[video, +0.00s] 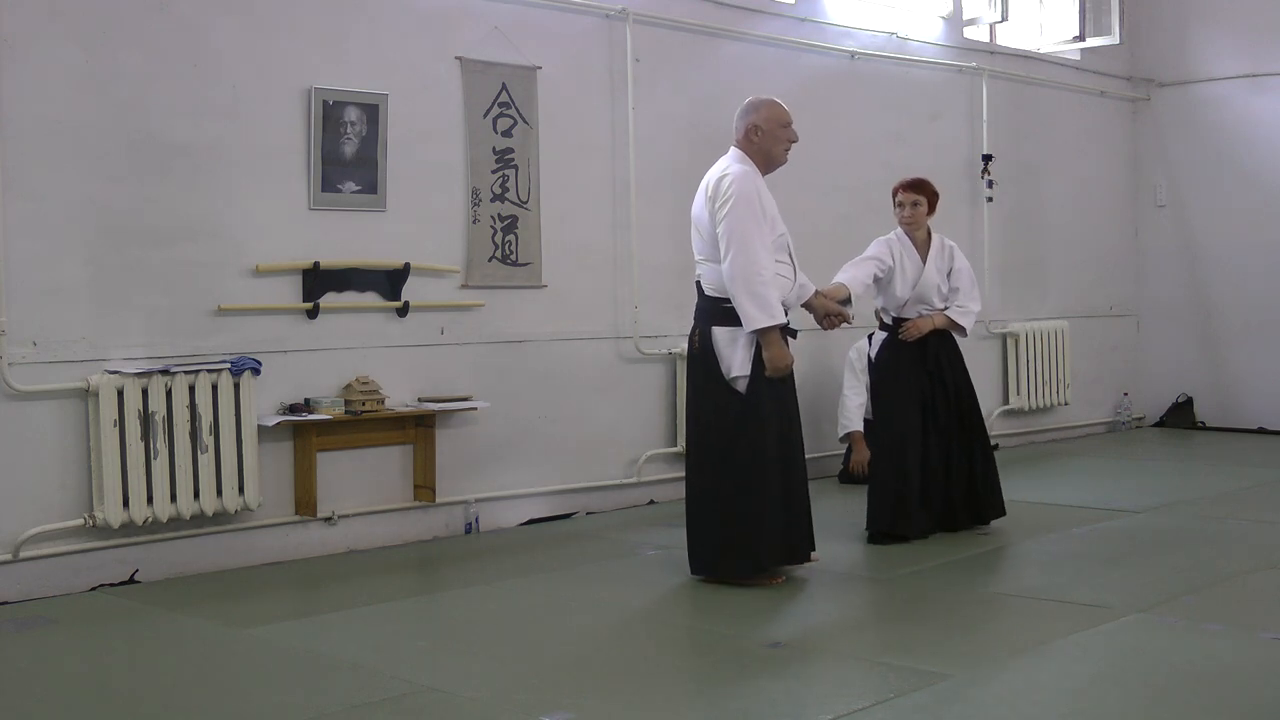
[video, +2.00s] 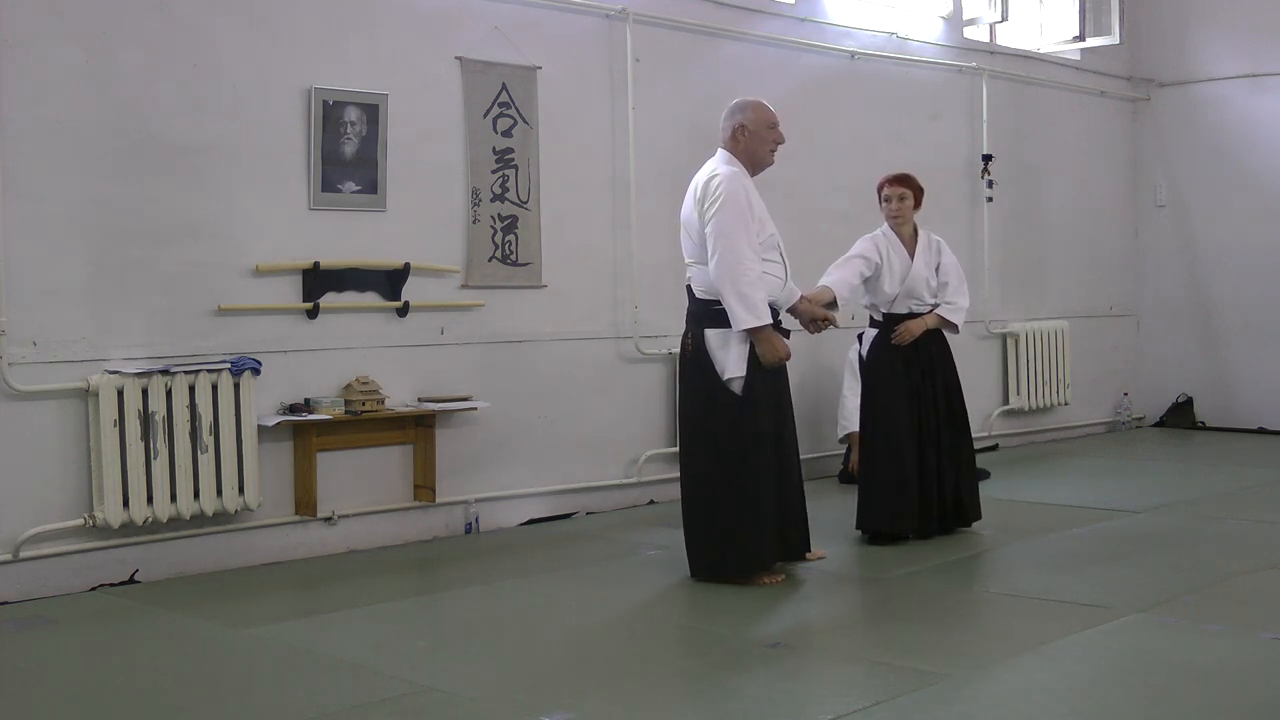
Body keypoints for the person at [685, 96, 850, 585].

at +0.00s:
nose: (794, 137)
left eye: (793, 129)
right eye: (786, 129)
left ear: (753, 133)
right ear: (754, 133)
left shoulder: (743, 179)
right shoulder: (738, 182)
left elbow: (770, 260)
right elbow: (746, 264)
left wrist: (813, 298)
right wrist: (770, 334)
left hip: (745, 327)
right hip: (736, 332)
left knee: (753, 444)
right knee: (742, 447)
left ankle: (755, 555)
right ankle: (736, 561)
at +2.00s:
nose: (780, 137)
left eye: (778, 129)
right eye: (771, 129)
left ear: (739, 133)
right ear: (740, 133)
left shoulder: (735, 181)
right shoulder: (725, 183)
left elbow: (757, 263)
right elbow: (732, 264)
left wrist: (797, 302)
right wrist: (761, 331)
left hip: (748, 327)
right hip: (725, 331)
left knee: (769, 440)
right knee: (733, 448)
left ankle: (780, 541)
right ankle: (735, 560)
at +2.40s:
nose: (776, 138)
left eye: (774, 130)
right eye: (768, 130)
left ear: (736, 133)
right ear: (738, 134)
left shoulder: (729, 181)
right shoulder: (722, 184)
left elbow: (755, 264)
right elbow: (731, 268)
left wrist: (795, 302)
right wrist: (770, 325)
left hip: (744, 324)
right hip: (723, 328)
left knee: (767, 438)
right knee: (732, 447)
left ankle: (777, 542)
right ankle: (734, 561)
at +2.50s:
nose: (776, 138)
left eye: (773, 129)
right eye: (768, 129)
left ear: (736, 133)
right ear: (738, 134)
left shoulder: (727, 180)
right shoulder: (721, 183)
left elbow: (750, 263)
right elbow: (732, 268)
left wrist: (793, 301)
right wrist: (782, 311)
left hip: (747, 326)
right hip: (725, 330)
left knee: (766, 438)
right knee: (733, 447)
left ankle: (776, 541)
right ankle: (734, 561)